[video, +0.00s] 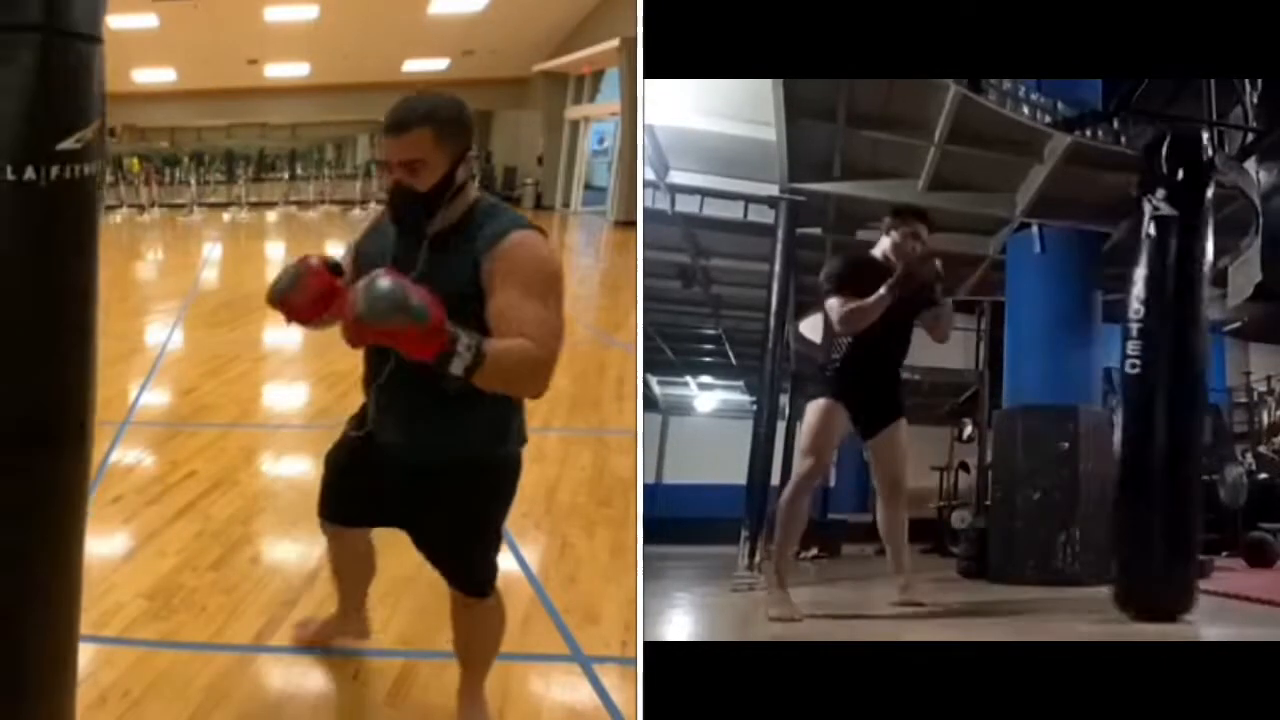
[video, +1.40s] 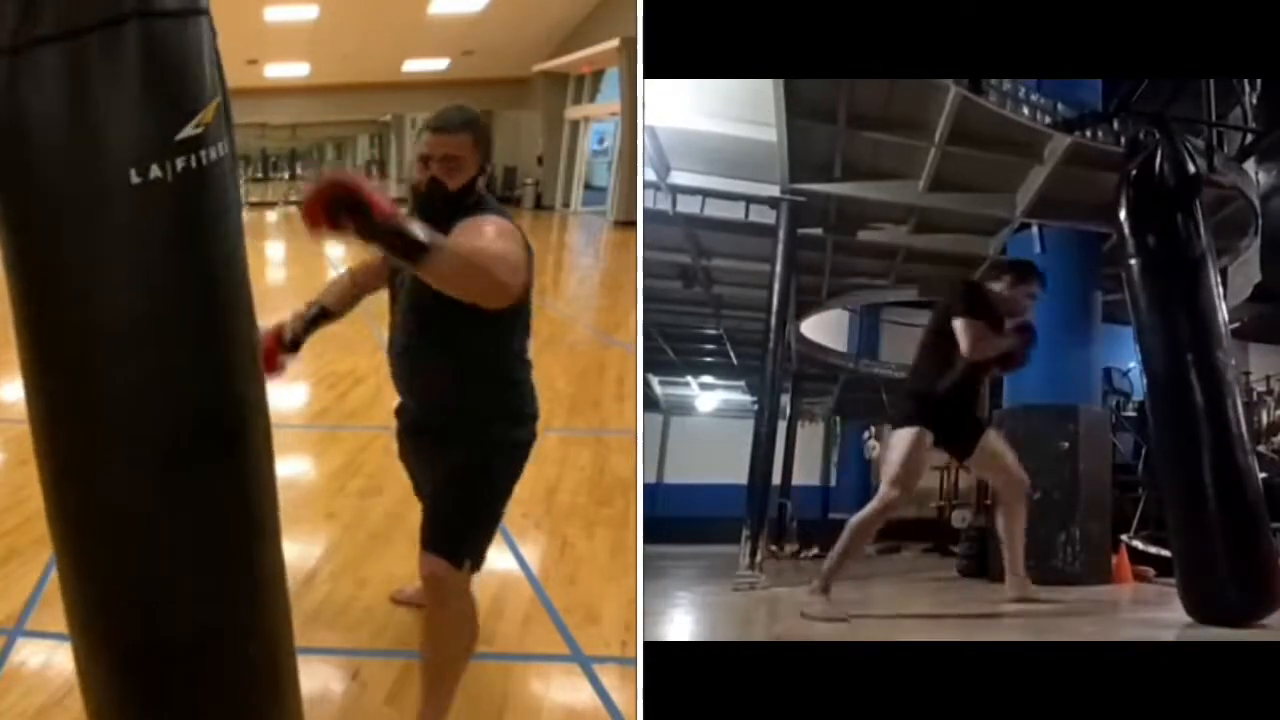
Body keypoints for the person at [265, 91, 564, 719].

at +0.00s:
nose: (396, 181)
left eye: (413, 167)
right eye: (388, 166)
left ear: (460, 161)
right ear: (380, 161)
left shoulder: (515, 247)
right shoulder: (388, 229)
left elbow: (531, 372)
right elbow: (360, 323)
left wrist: (442, 343)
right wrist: (323, 298)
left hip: (471, 445)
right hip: (385, 426)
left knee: (471, 579)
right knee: (342, 504)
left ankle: (472, 695)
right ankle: (351, 619)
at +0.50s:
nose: (373, 182)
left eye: (388, 170)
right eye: (368, 169)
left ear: (430, 163)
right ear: (364, 161)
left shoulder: (480, 231)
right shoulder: (381, 217)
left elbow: (527, 332)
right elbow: (329, 289)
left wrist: (441, 288)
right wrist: (312, 248)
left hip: (450, 424)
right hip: (400, 410)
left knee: (409, 562)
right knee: (423, 520)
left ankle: (424, 700)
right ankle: (436, 606)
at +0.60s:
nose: (356, 181)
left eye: (370, 169)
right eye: (352, 167)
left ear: (413, 163)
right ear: (354, 159)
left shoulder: (438, 220)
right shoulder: (381, 210)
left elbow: (477, 293)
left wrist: (366, 269)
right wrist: (307, 232)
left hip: (443, 422)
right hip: (408, 408)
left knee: (415, 562)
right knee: (407, 507)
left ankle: (430, 703)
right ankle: (426, 595)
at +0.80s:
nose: (364, 187)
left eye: (379, 174)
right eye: (360, 174)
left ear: (422, 169)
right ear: (362, 164)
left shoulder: (434, 236)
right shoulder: (396, 222)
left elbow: (365, 300)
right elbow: (344, 284)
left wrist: (264, 299)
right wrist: (315, 252)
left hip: (453, 424)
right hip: (418, 409)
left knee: (434, 565)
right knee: (420, 508)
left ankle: (431, 701)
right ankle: (433, 588)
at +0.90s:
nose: (377, 182)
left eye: (391, 171)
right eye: (371, 170)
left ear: (431, 170)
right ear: (369, 167)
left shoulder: (457, 235)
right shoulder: (392, 226)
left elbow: (469, 323)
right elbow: (340, 293)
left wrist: (375, 281)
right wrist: (328, 241)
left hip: (454, 419)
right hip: (417, 404)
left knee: (411, 553)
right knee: (429, 508)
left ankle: (419, 688)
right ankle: (446, 588)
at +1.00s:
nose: (385, 185)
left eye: (399, 172)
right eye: (379, 172)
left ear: (436, 168)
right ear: (375, 165)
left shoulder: (467, 238)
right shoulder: (393, 218)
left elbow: (458, 337)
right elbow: (350, 299)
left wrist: (389, 277)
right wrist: (334, 257)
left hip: (469, 408)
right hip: (419, 393)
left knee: (387, 500)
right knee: (429, 499)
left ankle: (429, 620)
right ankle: (445, 590)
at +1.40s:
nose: (435, 175)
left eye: (452, 165)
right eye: (426, 161)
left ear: (482, 168)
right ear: (415, 161)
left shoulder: (491, 231)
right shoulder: (412, 230)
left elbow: (497, 282)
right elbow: (358, 281)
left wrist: (395, 232)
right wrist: (298, 327)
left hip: (484, 428)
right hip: (425, 414)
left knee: (444, 570)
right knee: (440, 510)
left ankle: (433, 710)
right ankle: (444, 588)